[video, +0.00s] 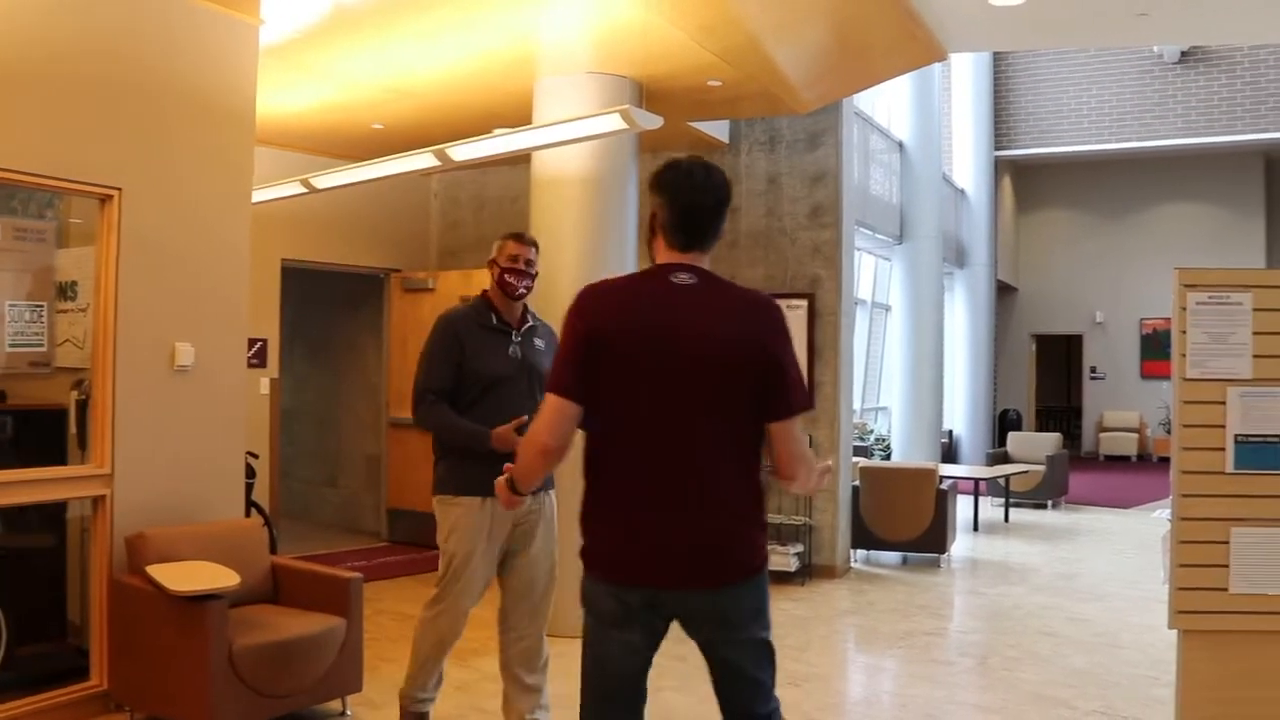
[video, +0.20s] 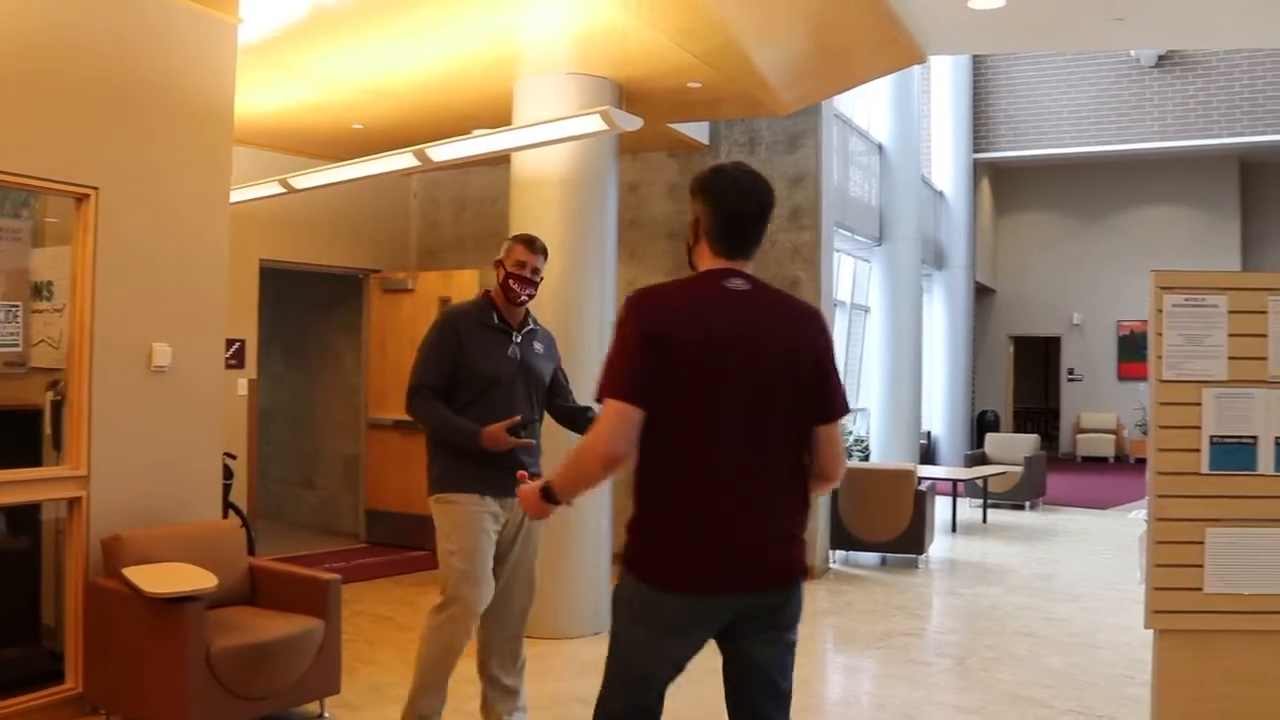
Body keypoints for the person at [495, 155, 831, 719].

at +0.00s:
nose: (648, 220)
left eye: (649, 211)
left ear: (654, 220)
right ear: (722, 227)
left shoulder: (597, 306)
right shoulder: (756, 314)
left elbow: (549, 438)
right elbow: (792, 467)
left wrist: (515, 484)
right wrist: (810, 474)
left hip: (620, 560)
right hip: (725, 564)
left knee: (608, 713)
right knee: (754, 711)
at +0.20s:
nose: (688, 226)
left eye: (691, 216)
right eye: (692, 216)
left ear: (697, 224)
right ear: (760, 231)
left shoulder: (652, 309)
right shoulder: (803, 323)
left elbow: (612, 445)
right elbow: (828, 469)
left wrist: (550, 492)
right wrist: (771, 479)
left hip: (671, 568)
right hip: (770, 571)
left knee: (625, 709)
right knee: (765, 714)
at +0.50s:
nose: (724, 228)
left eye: (728, 216)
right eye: (728, 216)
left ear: (736, 224)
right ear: (797, 233)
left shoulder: (712, 300)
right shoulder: (837, 321)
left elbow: (692, 439)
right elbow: (858, 466)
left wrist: (605, 502)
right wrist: (795, 494)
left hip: (716, 567)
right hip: (806, 571)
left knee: (655, 714)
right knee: (774, 715)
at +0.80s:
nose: (749, 228)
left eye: (753, 214)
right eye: (755, 214)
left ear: (764, 222)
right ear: (824, 232)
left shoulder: (754, 301)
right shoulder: (857, 323)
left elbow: (748, 448)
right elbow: (872, 465)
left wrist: (644, 510)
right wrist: (790, 480)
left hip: (758, 581)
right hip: (828, 579)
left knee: (742, 710)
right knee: (783, 711)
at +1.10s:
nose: (761, 240)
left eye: (769, 226)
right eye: (762, 226)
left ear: (807, 231)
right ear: (820, 231)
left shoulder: (821, 315)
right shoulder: (880, 316)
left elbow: (824, 476)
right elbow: (897, 467)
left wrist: (699, 534)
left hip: (820, 596)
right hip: (852, 590)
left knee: (825, 714)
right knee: (776, 715)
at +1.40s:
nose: (793, 236)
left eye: (804, 219)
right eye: (794, 220)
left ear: (847, 224)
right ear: (847, 224)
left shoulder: (890, 312)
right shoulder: (876, 309)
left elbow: (912, 484)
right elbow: (896, 462)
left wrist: (783, 557)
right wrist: (816, 483)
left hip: (872, 610)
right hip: (842, 599)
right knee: (790, 715)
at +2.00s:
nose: (853, 218)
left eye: (859, 204)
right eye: (855, 204)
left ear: (886, 211)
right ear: (910, 213)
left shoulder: (933, 305)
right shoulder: (919, 299)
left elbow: (970, 470)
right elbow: (901, 445)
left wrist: (853, 548)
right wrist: (808, 454)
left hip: (900, 586)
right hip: (887, 579)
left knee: (874, 709)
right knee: (873, 707)